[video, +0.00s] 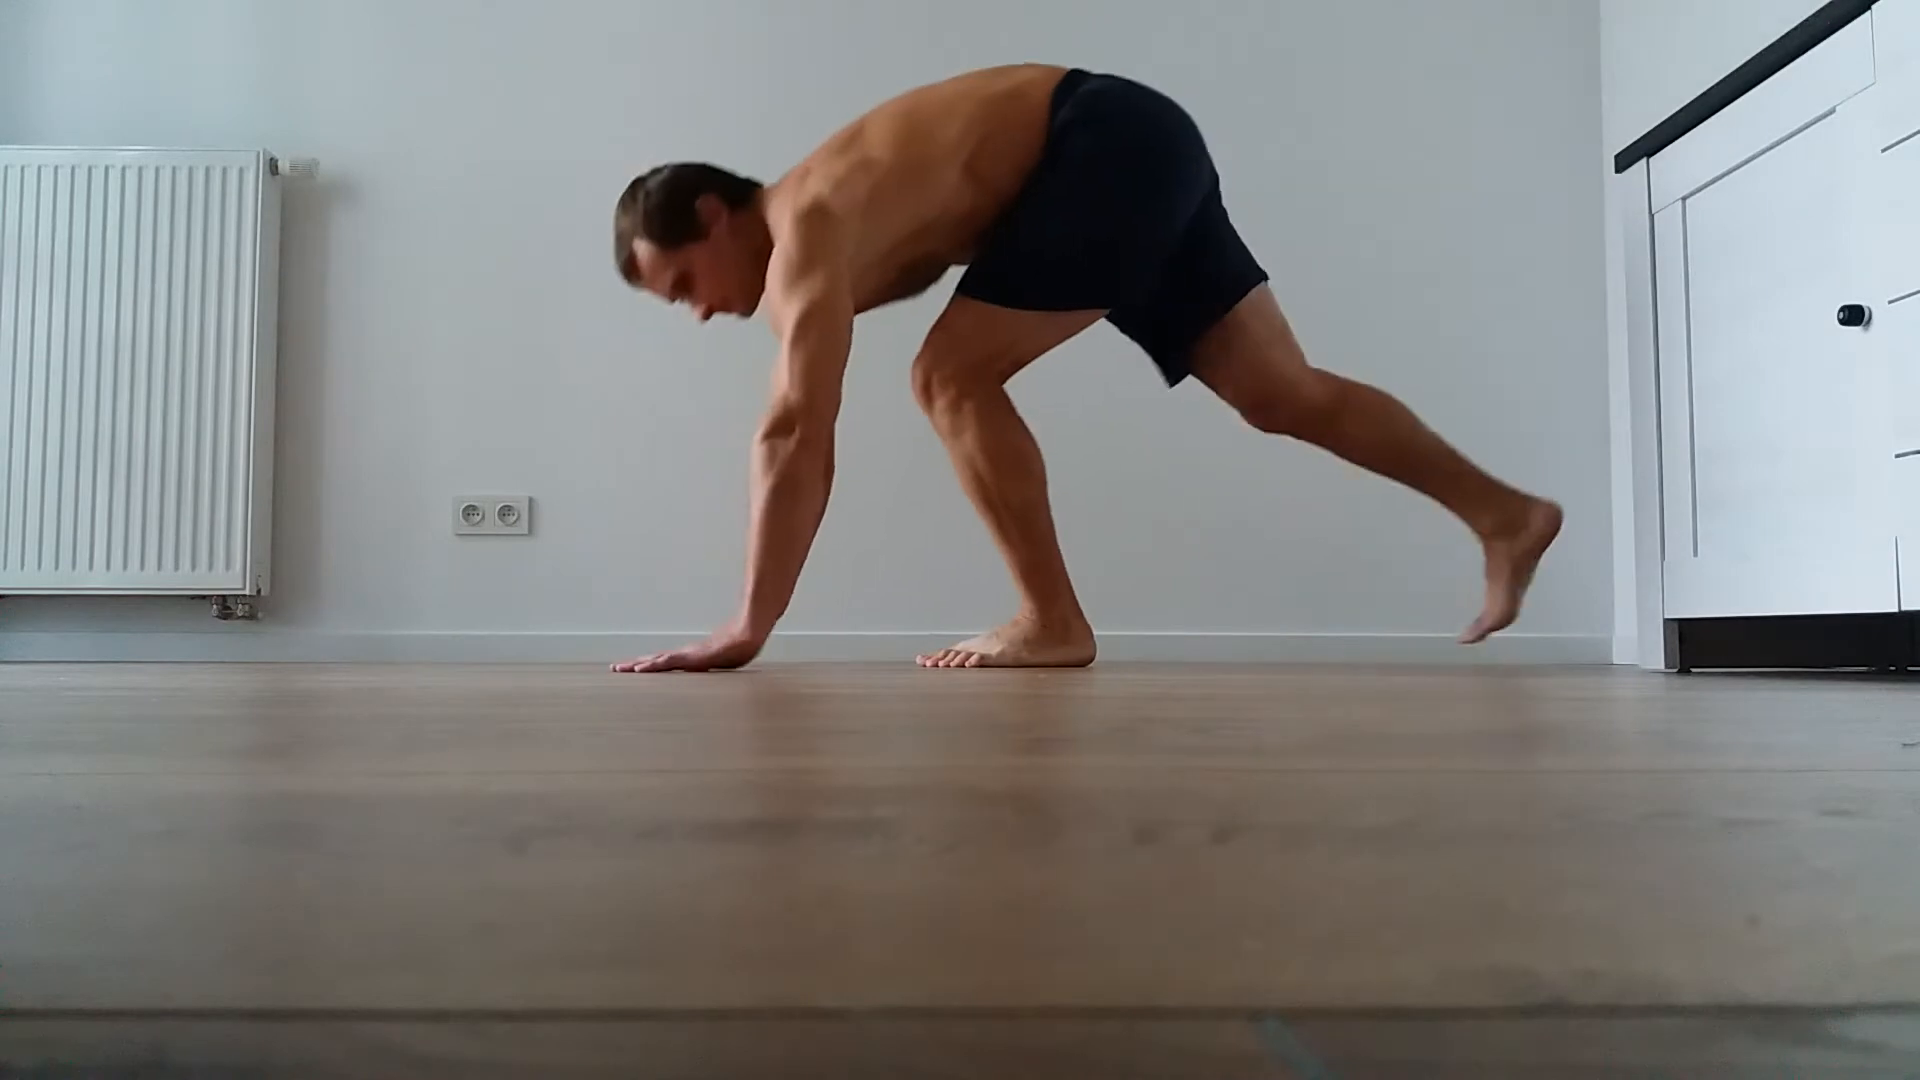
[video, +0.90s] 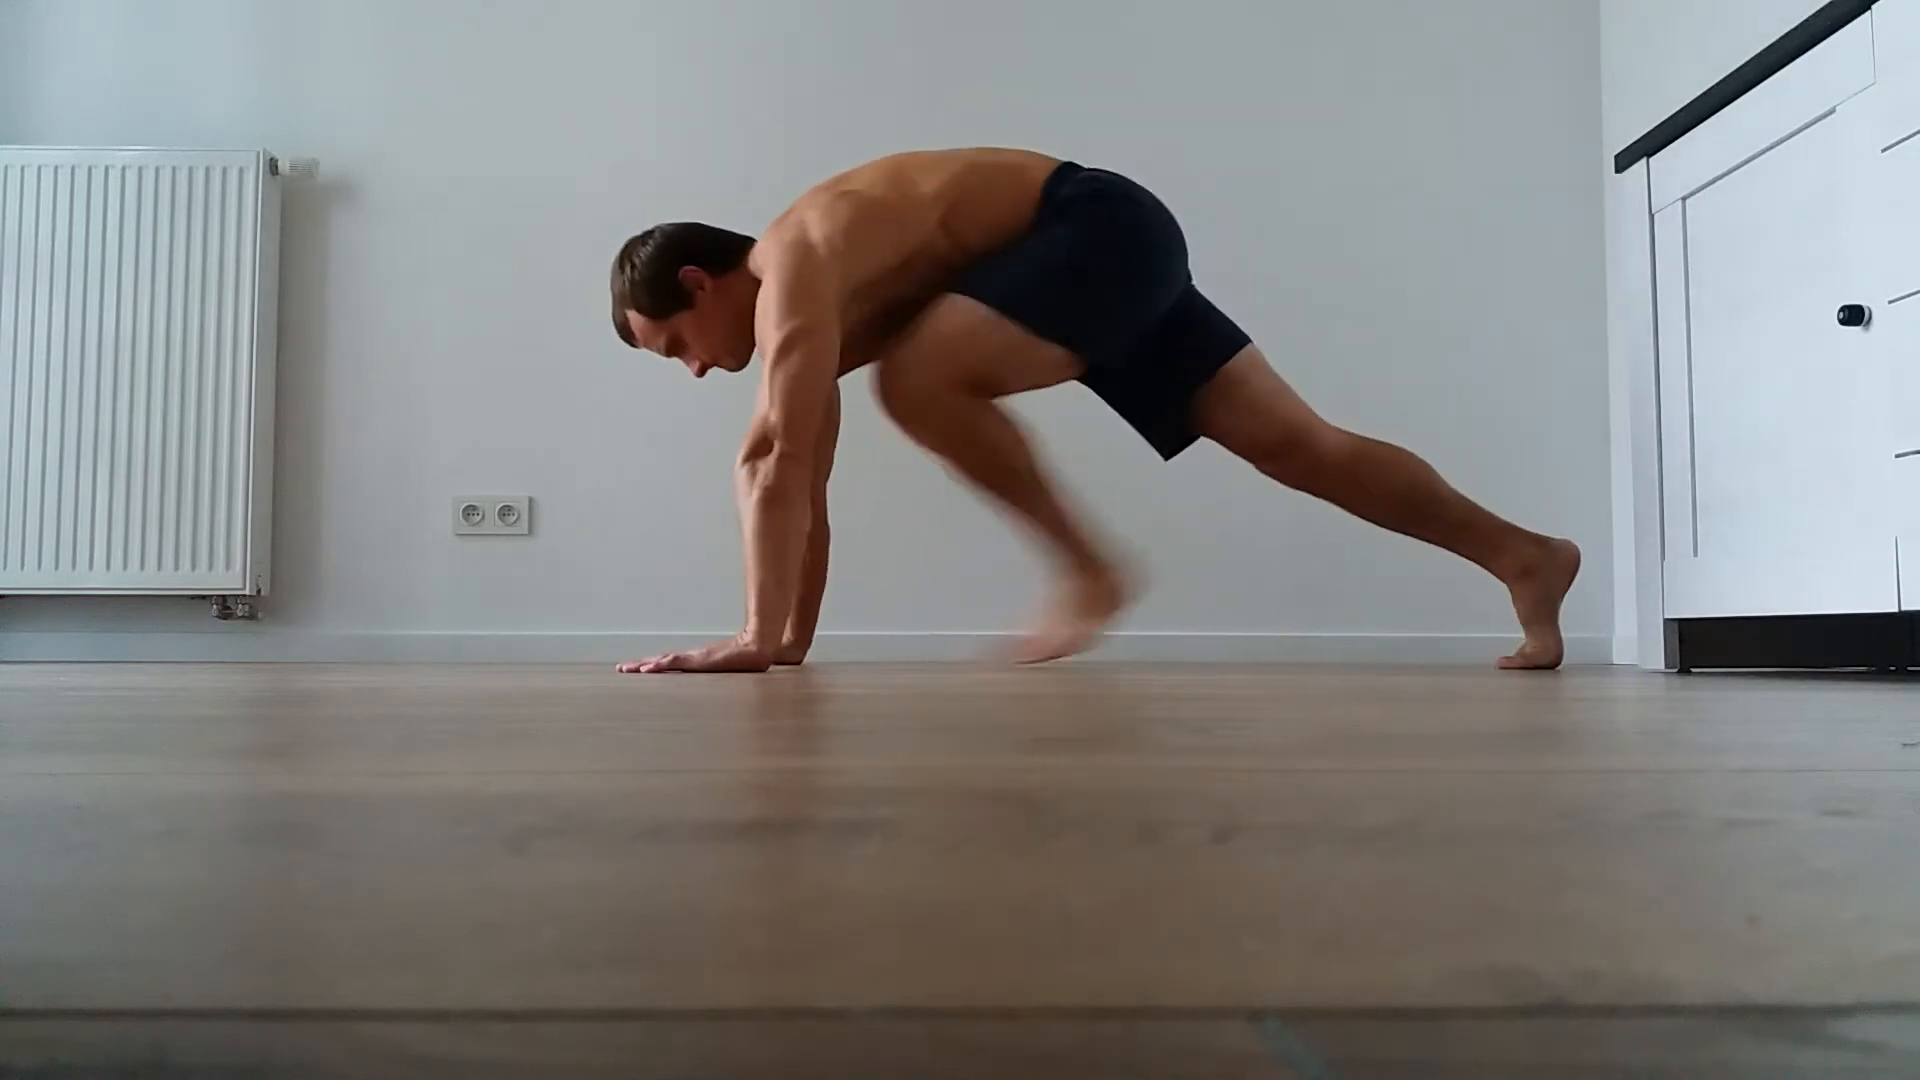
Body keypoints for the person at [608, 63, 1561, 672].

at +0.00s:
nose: (700, 307)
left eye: (684, 284)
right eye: (680, 296)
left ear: (713, 223)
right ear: (717, 221)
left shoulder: (808, 236)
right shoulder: (810, 216)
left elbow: (791, 438)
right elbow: (810, 438)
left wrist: (750, 625)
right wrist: (756, 614)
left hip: (1103, 152)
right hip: (1137, 144)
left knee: (955, 376)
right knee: (1281, 394)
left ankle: (1052, 623)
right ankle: (1505, 514)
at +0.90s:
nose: (688, 364)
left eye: (672, 344)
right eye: (671, 352)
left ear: (699, 288)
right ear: (707, 284)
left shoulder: (795, 265)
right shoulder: (800, 279)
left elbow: (774, 459)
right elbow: (805, 481)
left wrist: (762, 634)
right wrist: (790, 641)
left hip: (1096, 236)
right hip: (1110, 247)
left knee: (912, 384)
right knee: (1305, 450)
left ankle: (1089, 575)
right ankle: (1527, 558)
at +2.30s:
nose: (613, 609)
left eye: (599, 592)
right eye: (595, 599)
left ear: (619, 540)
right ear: (628, 541)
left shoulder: (713, 490)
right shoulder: (729, 522)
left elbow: (732, 460)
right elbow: (801, 604)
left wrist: (765, 635)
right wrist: (738, 650)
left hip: (1061, 520)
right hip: (1053, 540)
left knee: (1353, 571)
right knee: (1347, 570)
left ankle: (1598, 558)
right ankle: (1589, 561)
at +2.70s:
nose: (627, 460)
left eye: (614, 441)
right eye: (613, 450)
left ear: (642, 398)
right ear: (661, 390)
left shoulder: (738, 389)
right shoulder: (758, 391)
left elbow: (739, 473)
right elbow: (784, 494)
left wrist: (756, 635)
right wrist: (790, 638)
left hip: (1080, 440)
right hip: (1075, 438)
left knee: (1353, 519)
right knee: (1351, 515)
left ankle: (1600, 557)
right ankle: (1592, 555)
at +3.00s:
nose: (632, 409)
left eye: (619, 389)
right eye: (616, 397)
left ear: (649, 339)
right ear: (657, 337)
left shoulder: (753, 338)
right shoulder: (764, 344)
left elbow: (759, 476)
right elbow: (794, 490)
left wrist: (754, 638)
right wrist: (790, 637)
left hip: (1081, 440)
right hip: (1074, 438)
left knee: (1356, 529)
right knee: (1347, 527)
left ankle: (1595, 555)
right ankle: (1581, 560)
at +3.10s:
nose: (614, 523)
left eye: (599, 501)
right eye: (599, 509)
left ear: (623, 454)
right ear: (637, 452)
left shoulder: (718, 419)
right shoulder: (746, 439)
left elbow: (751, 465)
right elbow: (799, 535)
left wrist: (761, 636)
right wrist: (766, 646)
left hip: (1071, 505)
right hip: (1063, 503)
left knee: (1353, 560)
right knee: (1347, 553)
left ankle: (1596, 560)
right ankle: (1588, 555)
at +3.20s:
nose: (618, 620)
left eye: (606, 603)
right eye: (600, 611)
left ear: (628, 550)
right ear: (629, 553)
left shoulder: (720, 512)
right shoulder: (729, 533)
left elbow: (721, 461)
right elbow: (808, 607)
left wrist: (761, 634)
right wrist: (735, 650)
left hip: (1066, 554)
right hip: (1052, 560)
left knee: (1356, 587)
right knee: (1348, 580)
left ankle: (1595, 562)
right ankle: (1587, 564)